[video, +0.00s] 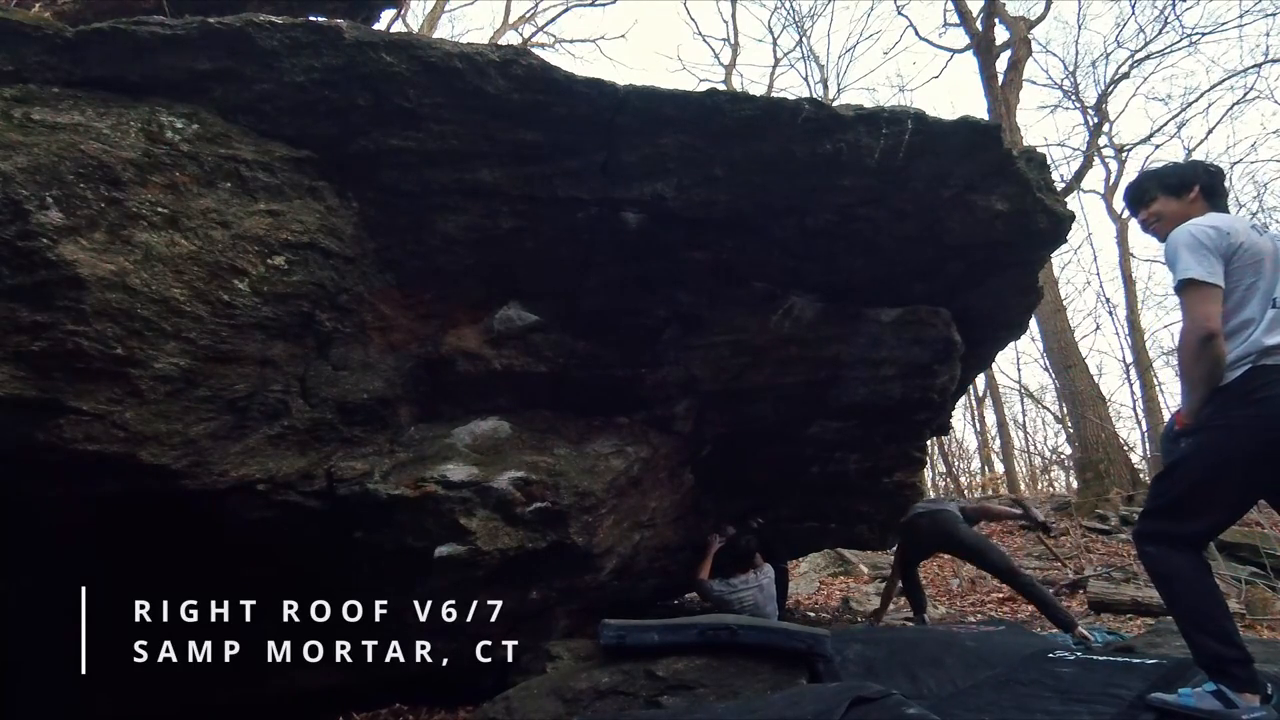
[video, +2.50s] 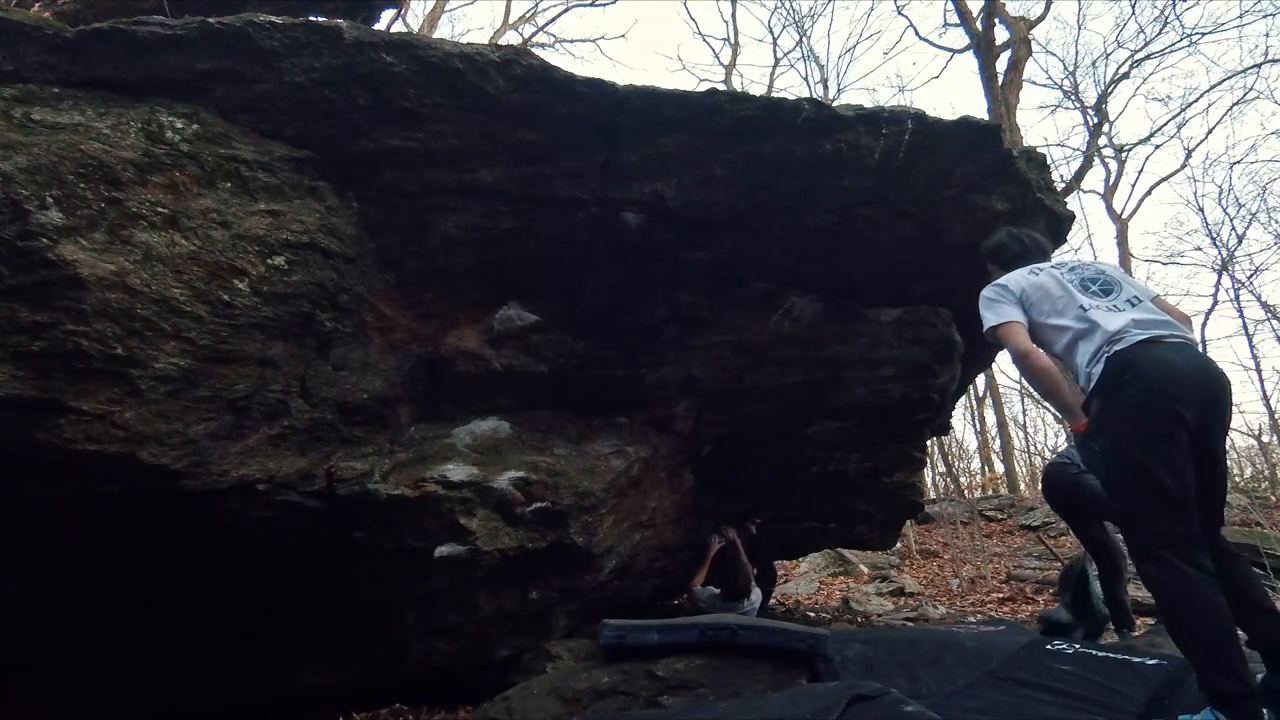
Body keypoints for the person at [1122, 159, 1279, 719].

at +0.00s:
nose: (1146, 224)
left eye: (1150, 210)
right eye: (1141, 218)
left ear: (1192, 192)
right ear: (1200, 197)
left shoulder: (1195, 233)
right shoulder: (1258, 236)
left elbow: (1205, 334)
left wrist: (1193, 410)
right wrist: (1199, 408)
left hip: (1258, 392)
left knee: (1163, 533)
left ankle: (1235, 683)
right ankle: (1237, 680)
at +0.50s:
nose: (1143, 228)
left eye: (1146, 214)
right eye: (1138, 223)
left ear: (1185, 193)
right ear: (1198, 198)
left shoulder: (1194, 227)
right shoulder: (1252, 232)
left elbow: (1212, 318)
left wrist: (1198, 403)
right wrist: (1207, 402)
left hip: (1261, 386)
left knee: (1167, 527)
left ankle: (1236, 684)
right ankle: (1238, 681)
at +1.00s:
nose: (1125, 240)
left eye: (1124, 226)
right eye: (1120, 231)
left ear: (1148, 209)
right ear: (1170, 206)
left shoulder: (1181, 229)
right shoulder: (1237, 234)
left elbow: (1216, 314)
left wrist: (1195, 400)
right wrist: (1198, 400)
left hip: (1260, 382)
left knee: (1170, 528)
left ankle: (1237, 685)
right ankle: (1239, 682)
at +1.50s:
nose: (1094, 255)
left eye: (1091, 246)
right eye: (1089, 248)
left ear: (1102, 235)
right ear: (1146, 219)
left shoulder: (1129, 243)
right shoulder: (1203, 249)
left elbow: (1164, 326)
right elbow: (1250, 317)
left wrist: (1164, 416)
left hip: (1238, 384)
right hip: (1276, 376)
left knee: (1157, 535)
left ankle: (1237, 686)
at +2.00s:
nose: (1008, 278)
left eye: (1007, 272)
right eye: (1007, 273)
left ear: (1015, 267)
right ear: (1060, 250)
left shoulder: (1032, 280)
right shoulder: (1117, 278)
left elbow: (1071, 349)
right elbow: (1175, 332)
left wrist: (1104, 425)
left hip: (1158, 399)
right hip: (1233, 388)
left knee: (1155, 560)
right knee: (1275, 545)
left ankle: (1235, 703)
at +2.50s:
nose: (991, 281)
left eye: (990, 276)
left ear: (997, 271)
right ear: (1043, 255)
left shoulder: (1000, 288)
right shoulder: (1098, 268)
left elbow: (1025, 352)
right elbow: (1179, 317)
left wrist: (1074, 416)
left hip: (1135, 379)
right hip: (1202, 370)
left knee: (1164, 553)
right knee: (1207, 536)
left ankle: (1234, 703)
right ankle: (1276, 657)